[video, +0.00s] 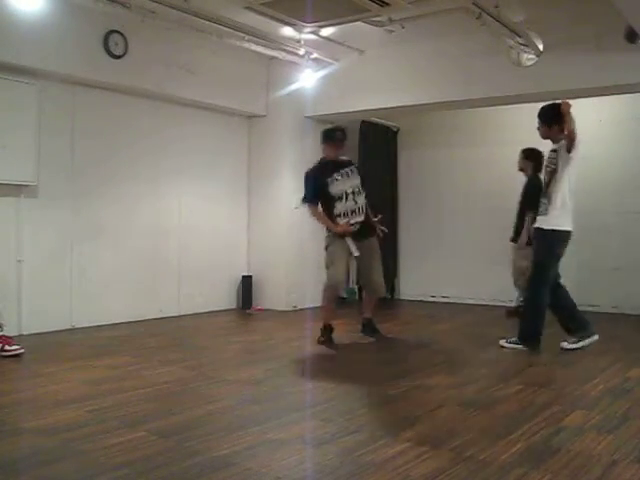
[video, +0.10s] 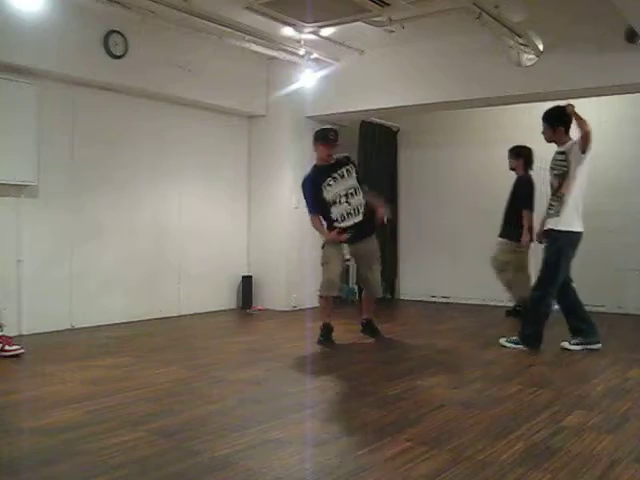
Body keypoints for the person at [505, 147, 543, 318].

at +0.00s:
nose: (518, 164)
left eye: (522, 160)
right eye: (520, 160)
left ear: (530, 163)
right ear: (532, 163)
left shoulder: (534, 182)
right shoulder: (532, 181)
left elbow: (531, 211)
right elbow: (528, 210)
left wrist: (525, 234)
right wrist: (520, 231)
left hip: (525, 237)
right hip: (523, 235)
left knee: (523, 271)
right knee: (522, 271)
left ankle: (523, 302)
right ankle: (521, 301)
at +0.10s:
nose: (509, 162)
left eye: (512, 159)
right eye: (509, 159)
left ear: (521, 161)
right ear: (520, 161)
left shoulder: (524, 181)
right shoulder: (524, 180)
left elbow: (526, 208)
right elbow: (526, 208)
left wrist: (526, 231)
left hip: (514, 235)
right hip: (518, 234)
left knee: (499, 262)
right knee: (520, 272)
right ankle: (523, 302)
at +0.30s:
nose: (486, 164)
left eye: (489, 161)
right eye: (487, 161)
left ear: (498, 164)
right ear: (499, 164)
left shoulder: (499, 184)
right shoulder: (497, 183)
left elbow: (508, 210)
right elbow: (481, 207)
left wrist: (515, 234)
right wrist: (459, 218)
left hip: (492, 240)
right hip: (500, 240)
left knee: (477, 272)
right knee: (509, 273)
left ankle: (460, 300)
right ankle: (523, 301)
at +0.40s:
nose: (474, 163)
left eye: (477, 160)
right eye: (475, 160)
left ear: (485, 164)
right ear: (486, 165)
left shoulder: (485, 184)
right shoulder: (485, 183)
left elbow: (490, 213)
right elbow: (469, 208)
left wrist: (497, 236)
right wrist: (448, 215)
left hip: (476, 240)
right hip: (487, 240)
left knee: (467, 272)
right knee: (493, 271)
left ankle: (455, 303)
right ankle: (515, 297)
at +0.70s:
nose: (443, 162)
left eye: (446, 158)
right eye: (444, 158)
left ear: (454, 161)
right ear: (456, 162)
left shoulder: (455, 183)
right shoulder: (451, 182)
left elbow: (443, 203)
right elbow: (444, 203)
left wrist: (429, 213)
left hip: (451, 234)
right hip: (441, 232)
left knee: (447, 268)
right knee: (433, 263)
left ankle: (452, 301)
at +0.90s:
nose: (421, 162)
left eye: (424, 159)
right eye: (422, 158)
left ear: (430, 162)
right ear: (434, 163)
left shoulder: (432, 183)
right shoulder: (431, 183)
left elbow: (418, 205)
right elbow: (437, 211)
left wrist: (396, 207)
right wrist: (445, 229)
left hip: (433, 238)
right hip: (421, 237)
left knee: (439, 272)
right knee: (410, 270)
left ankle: (451, 300)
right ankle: (397, 297)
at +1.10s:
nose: (398, 161)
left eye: (400, 158)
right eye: (399, 158)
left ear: (407, 161)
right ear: (412, 162)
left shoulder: (409, 182)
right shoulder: (407, 181)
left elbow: (404, 209)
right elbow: (404, 208)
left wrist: (389, 226)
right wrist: (393, 225)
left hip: (409, 234)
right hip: (402, 234)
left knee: (410, 268)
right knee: (400, 269)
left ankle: (437, 293)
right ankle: (397, 299)